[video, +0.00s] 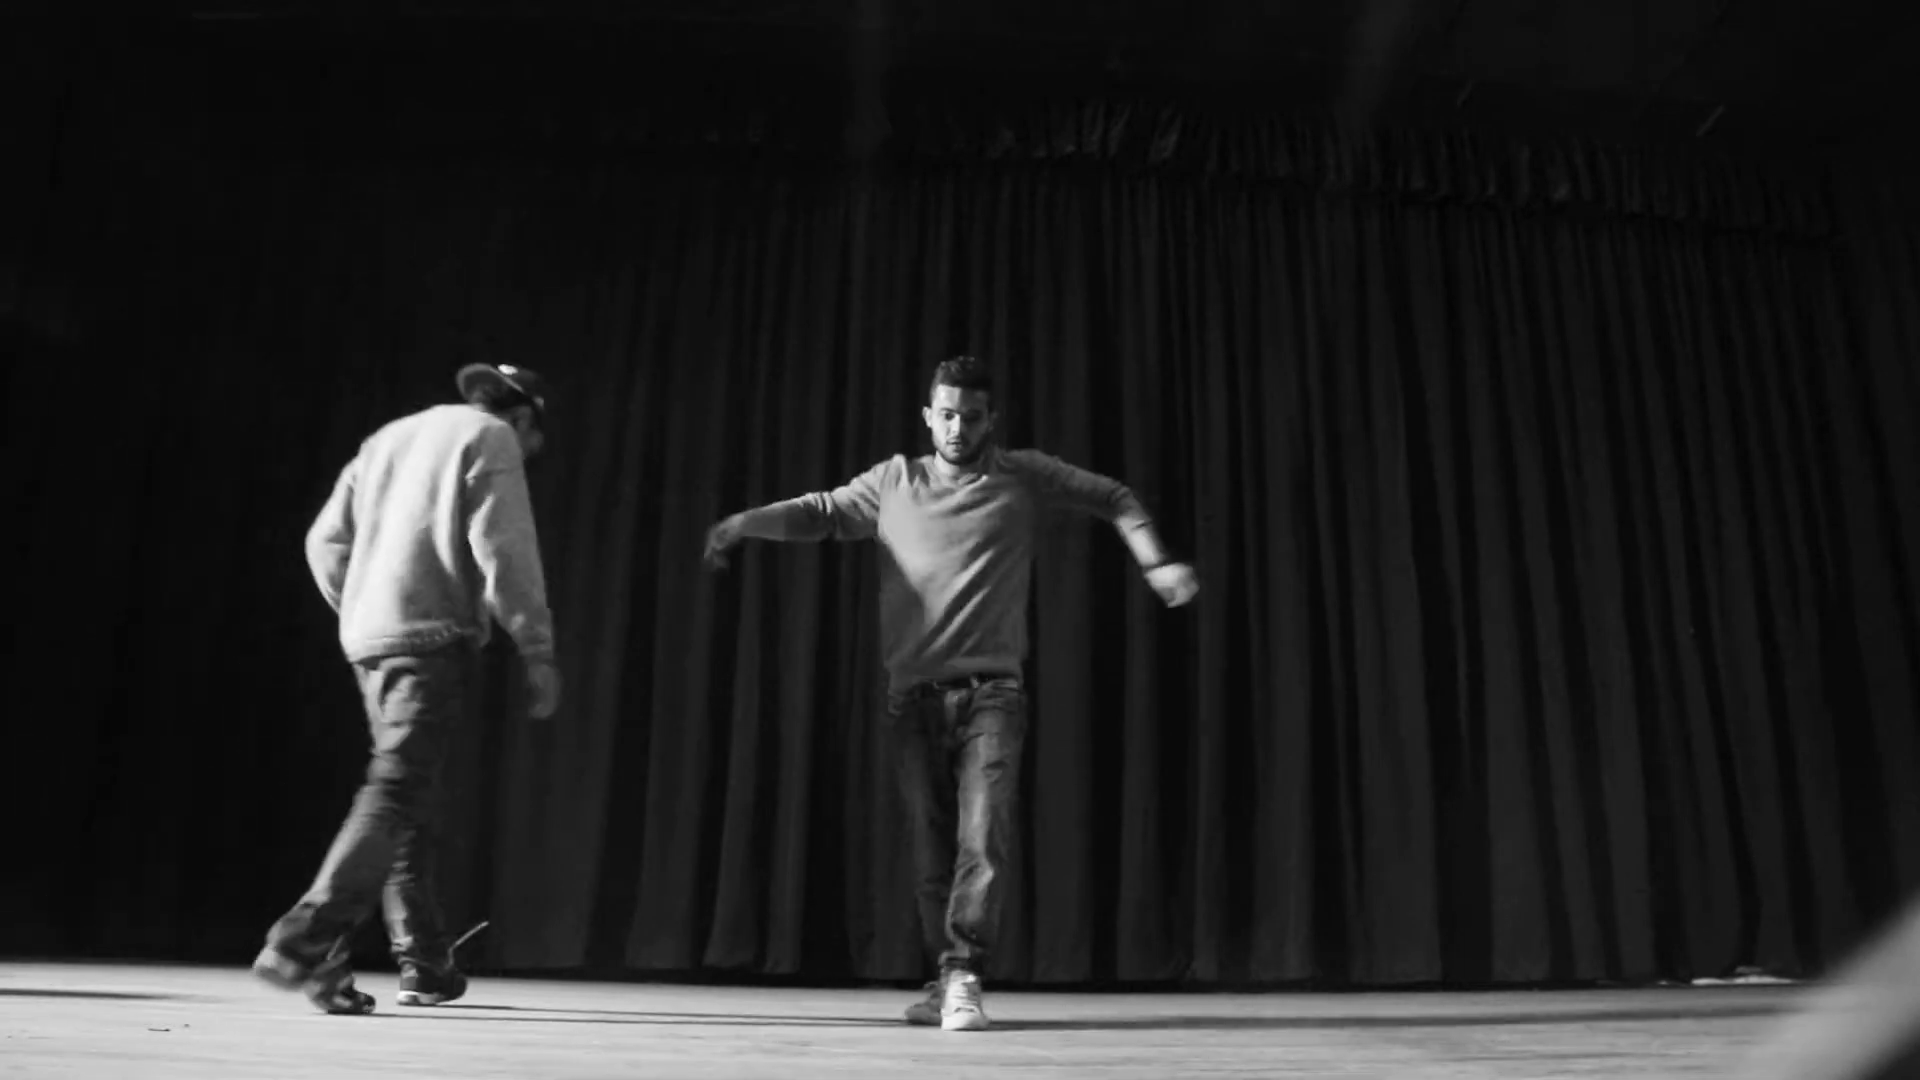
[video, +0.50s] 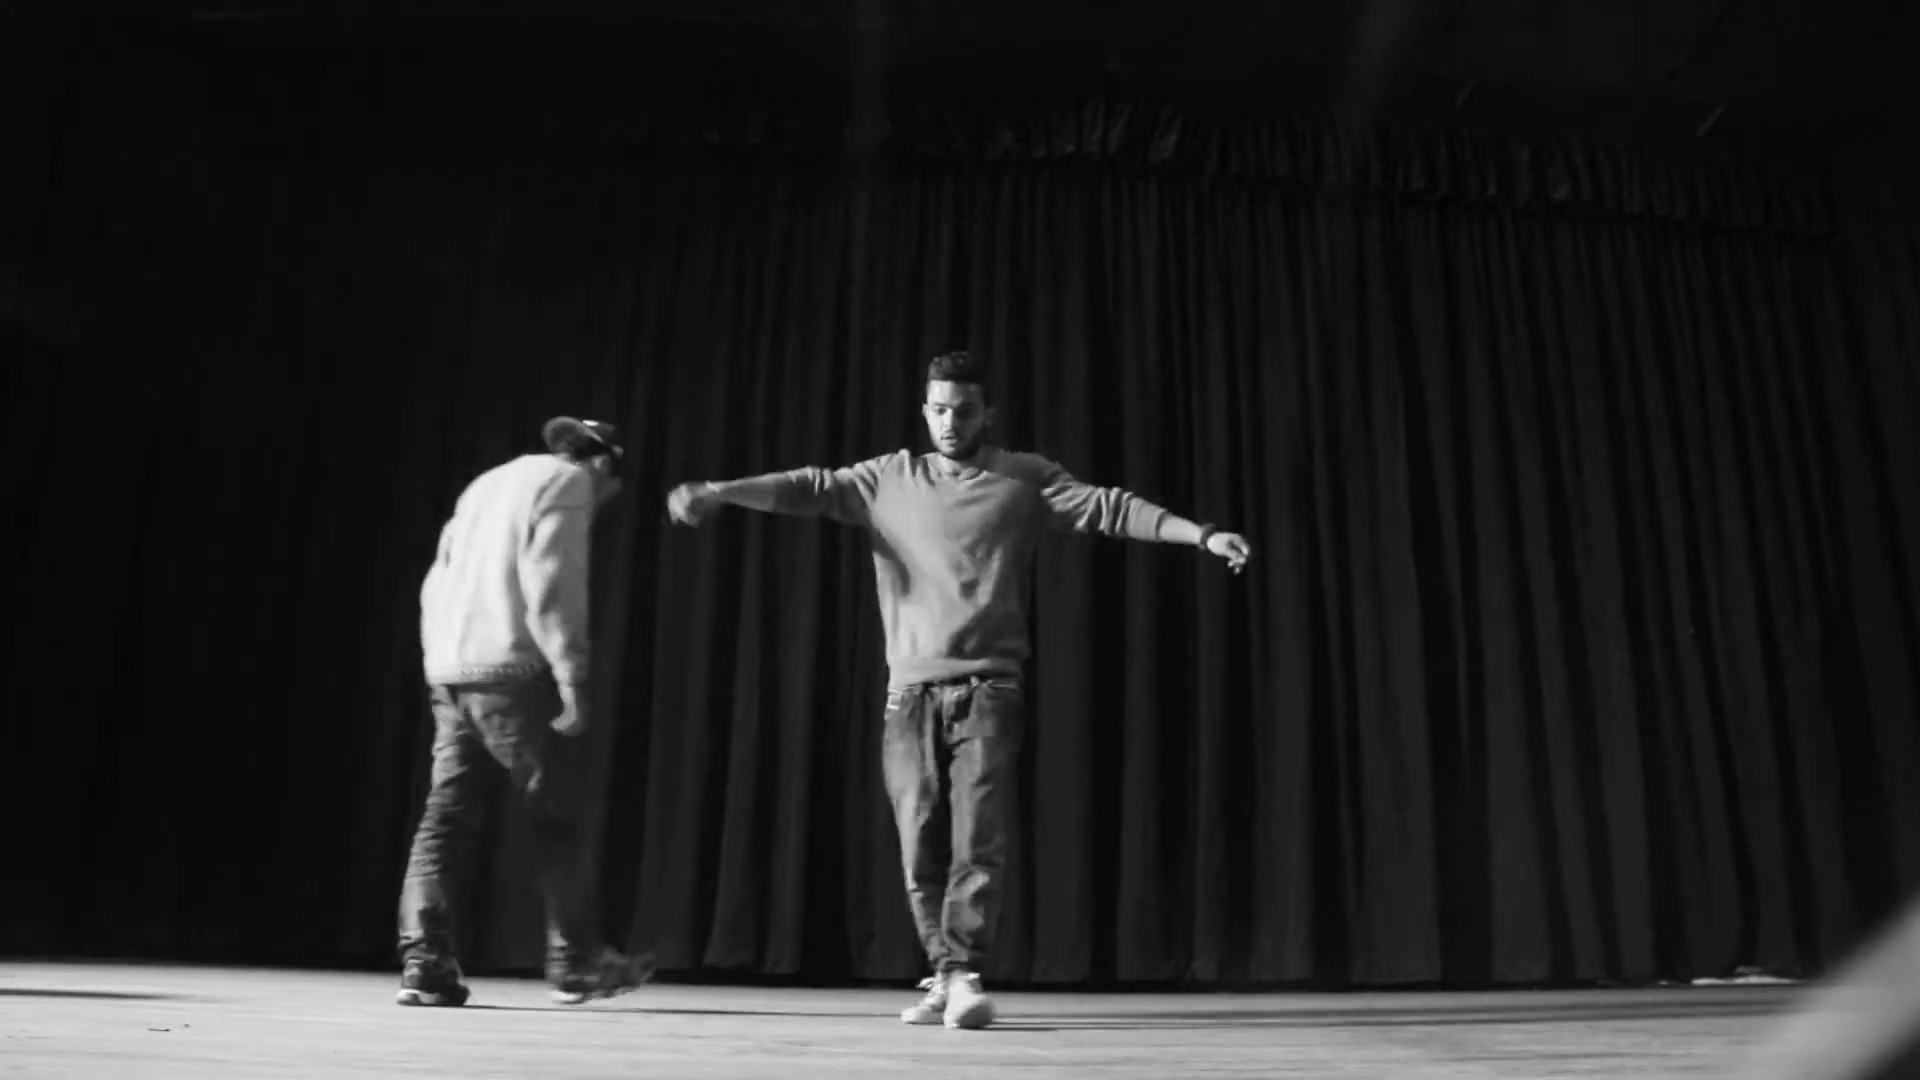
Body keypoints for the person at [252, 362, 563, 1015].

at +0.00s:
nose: (528, 449)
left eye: (532, 440)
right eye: (531, 435)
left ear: (478, 399)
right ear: (517, 414)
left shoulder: (384, 440)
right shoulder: (488, 435)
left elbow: (325, 540)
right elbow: (503, 547)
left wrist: (366, 614)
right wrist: (538, 654)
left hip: (366, 636)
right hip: (428, 634)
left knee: (404, 797)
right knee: (391, 793)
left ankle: (424, 966)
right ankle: (303, 950)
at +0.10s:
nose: (539, 458)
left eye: (543, 451)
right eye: (543, 446)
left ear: (489, 411)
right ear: (530, 426)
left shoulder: (402, 454)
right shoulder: (505, 444)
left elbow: (348, 557)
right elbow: (501, 549)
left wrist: (372, 653)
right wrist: (509, 648)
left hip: (389, 656)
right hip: (444, 650)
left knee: (418, 807)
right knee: (444, 804)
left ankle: (425, 970)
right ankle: (337, 913)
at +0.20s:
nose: (550, 472)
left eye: (555, 465)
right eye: (552, 459)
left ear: (499, 420)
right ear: (541, 436)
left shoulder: (422, 460)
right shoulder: (520, 448)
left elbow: (372, 563)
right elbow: (503, 545)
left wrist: (375, 659)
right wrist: (498, 636)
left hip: (402, 668)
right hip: (459, 663)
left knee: (422, 809)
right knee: (486, 804)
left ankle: (422, 964)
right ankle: (391, 905)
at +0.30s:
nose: (564, 476)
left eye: (569, 470)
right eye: (568, 465)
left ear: (514, 426)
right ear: (560, 443)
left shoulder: (439, 467)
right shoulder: (534, 454)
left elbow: (395, 566)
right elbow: (512, 549)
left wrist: (395, 664)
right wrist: (507, 642)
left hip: (417, 673)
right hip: (479, 666)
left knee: (428, 815)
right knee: (518, 802)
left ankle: (420, 968)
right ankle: (456, 941)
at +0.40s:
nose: (584, 484)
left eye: (589, 476)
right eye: (587, 471)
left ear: (534, 438)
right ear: (576, 451)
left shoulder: (460, 476)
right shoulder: (549, 465)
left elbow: (412, 575)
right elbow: (528, 566)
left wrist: (418, 671)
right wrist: (535, 666)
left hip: (433, 679)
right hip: (487, 674)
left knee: (435, 814)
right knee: (543, 802)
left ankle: (423, 963)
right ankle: (521, 961)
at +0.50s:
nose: (605, 494)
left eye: (610, 485)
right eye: (609, 481)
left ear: (560, 450)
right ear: (599, 462)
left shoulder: (485, 485)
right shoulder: (568, 478)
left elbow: (438, 582)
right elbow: (553, 580)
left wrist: (445, 671)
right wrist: (573, 680)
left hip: (453, 679)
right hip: (511, 676)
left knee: (445, 819)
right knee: (558, 815)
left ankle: (425, 961)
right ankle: (576, 960)